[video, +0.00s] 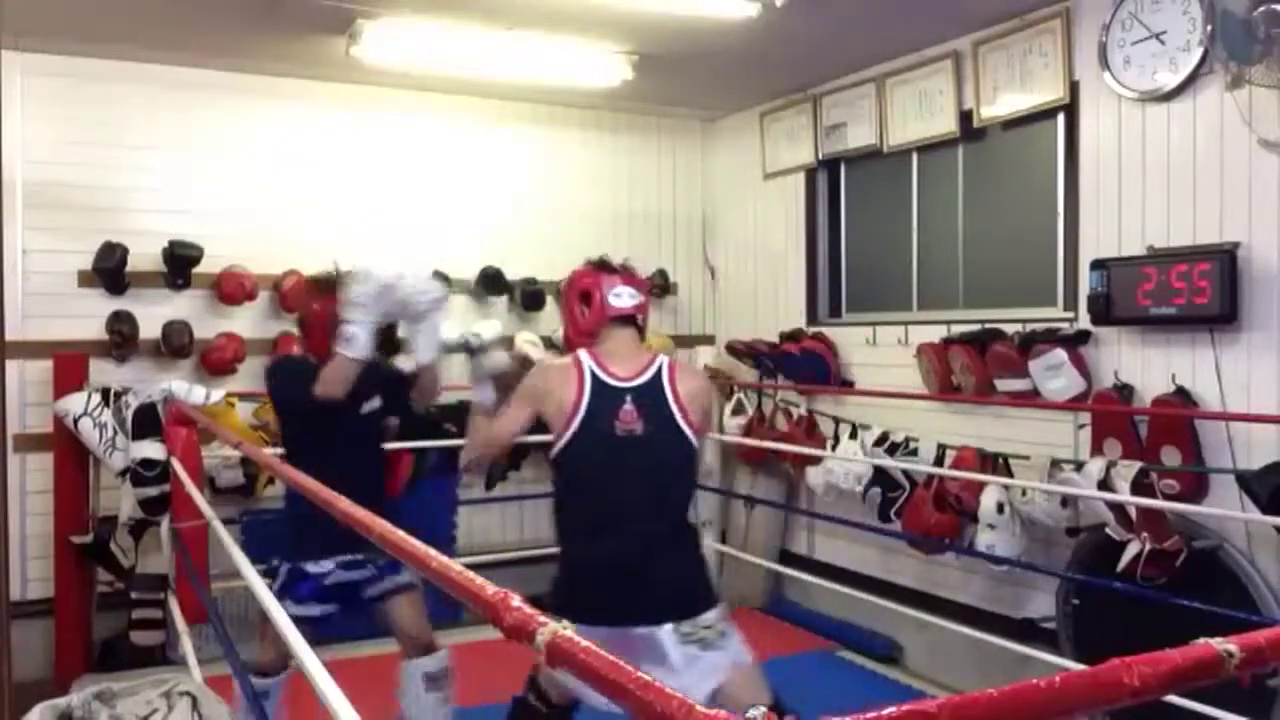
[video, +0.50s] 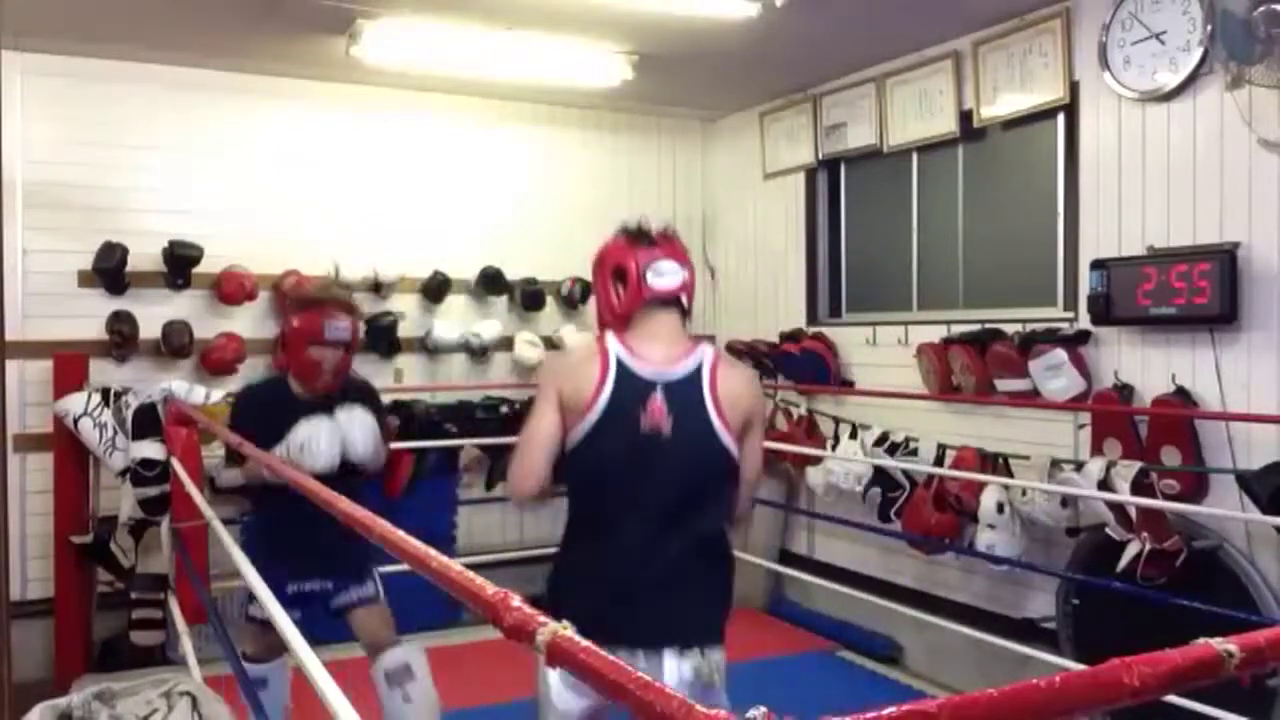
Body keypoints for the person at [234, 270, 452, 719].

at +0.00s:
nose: (339, 320)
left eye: (346, 309)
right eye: (328, 306)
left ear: (357, 325)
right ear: (307, 317)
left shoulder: (373, 374)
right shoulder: (288, 372)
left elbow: (423, 396)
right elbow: (330, 390)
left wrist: (426, 328)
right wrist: (360, 324)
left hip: (376, 534)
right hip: (309, 538)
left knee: (420, 641)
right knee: (270, 660)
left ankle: (430, 712)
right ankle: (254, 713)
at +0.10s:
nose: (347, 328)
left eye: (350, 318)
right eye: (335, 319)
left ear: (352, 332)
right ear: (303, 333)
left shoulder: (356, 390)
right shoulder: (272, 389)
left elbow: (401, 425)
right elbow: (298, 419)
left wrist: (399, 364)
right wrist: (318, 345)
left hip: (354, 546)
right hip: (290, 550)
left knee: (394, 652)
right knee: (264, 661)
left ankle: (376, 714)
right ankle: (246, 712)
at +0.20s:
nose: (336, 355)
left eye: (345, 346)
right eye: (327, 343)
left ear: (354, 348)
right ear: (303, 341)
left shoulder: (354, 390)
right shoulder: (259, 383)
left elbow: (397, 435)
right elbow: (268, 419)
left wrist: (393, 372)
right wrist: (293, 347)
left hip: (344, 542)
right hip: (277, 545)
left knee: (380, 646)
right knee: (255, 662)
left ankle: (362, 716)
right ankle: (247, 714)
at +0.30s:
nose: (335, 331)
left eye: (342, 319)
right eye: (323, 319)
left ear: (352, 319)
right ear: (289, 317)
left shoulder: (351, 366)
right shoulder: (253, 367)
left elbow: (382, 438)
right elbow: (241, 436)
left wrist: (385, 385)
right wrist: (286, 382)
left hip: (341, 517)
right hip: (276, 522)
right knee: (255, 642)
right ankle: (251, 717)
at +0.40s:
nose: (338, 334)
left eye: (342, 323)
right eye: (327, 322)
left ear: (347, 327)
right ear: (294, 323)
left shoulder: (352, 372)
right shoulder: (252, 377)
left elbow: (378, 438)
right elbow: (238, 444)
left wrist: (369, 419)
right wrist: (293, 423)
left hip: (343, 519)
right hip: (276, 525)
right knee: (257, 637)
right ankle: (266, 716)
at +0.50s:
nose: (332, 363)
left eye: (342, 351)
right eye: (321, 350)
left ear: (351, 352)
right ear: (291, 347)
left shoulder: (359, 393)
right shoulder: (258, 401)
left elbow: (384, 469)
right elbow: (236, 473)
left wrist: (372, 448)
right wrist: (286, 459)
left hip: (344, 540)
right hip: (275, 544)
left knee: (385, 645)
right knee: (259, 655)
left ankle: (413, 708)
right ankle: (268, 713)